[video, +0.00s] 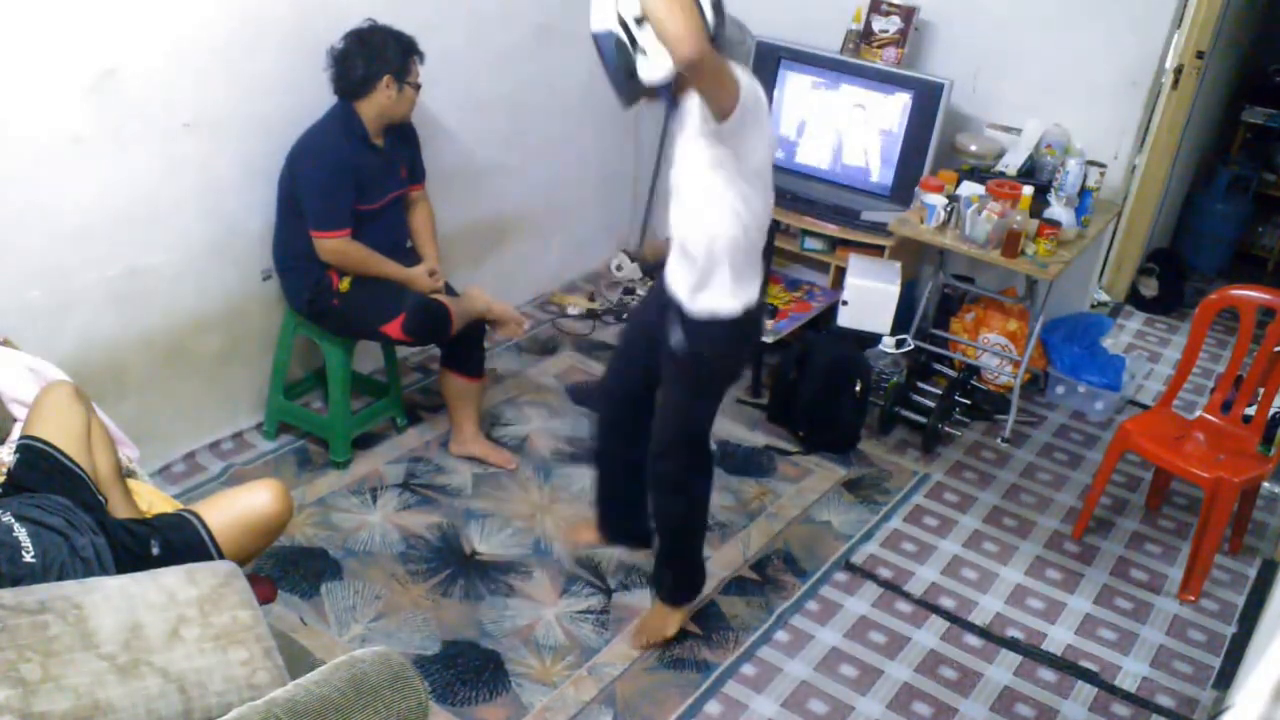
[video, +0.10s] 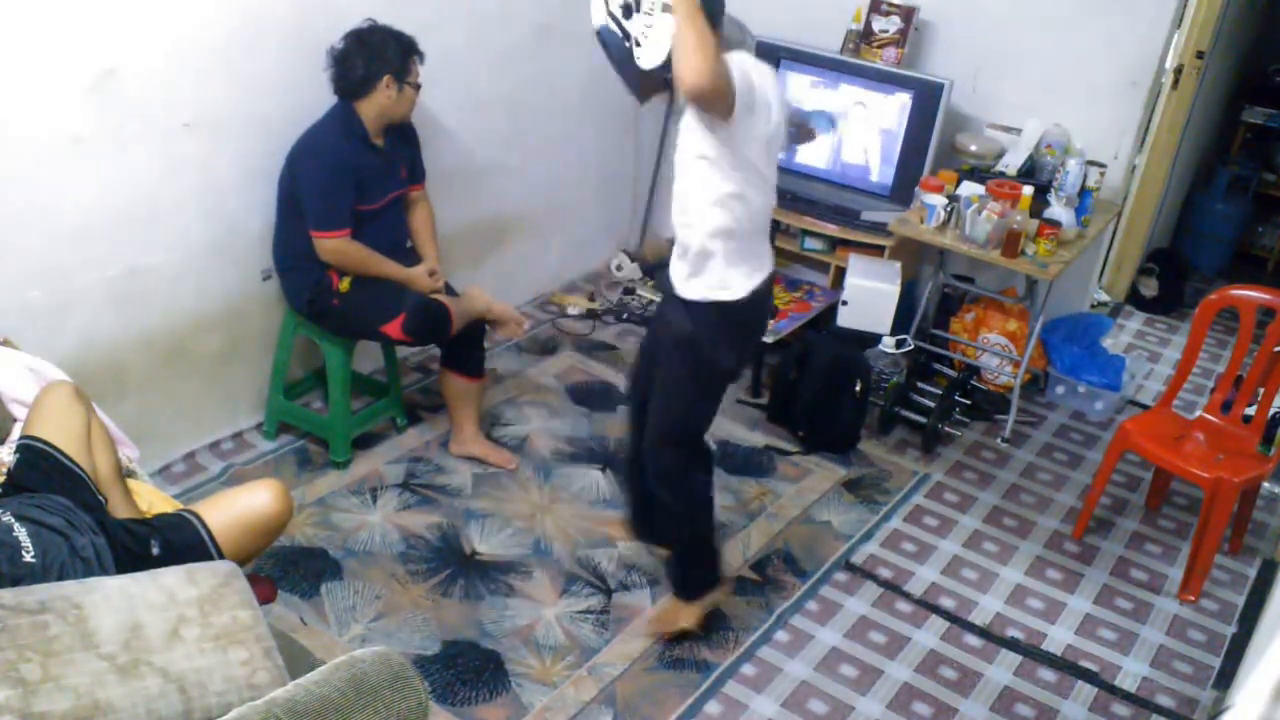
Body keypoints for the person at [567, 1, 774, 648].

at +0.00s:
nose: (664, 67)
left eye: (674, 53)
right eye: (658, 58)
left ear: (704, 53)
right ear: (669, 63)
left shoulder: (741, 107)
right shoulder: (693, 107)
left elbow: (693, 52)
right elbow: (704, 209)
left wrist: (652, 5)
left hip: (718, 318)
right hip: (671, 294)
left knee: (678, 447)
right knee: (620, 401)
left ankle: (679, 592)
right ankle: (623, 526)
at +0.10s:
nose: (665, 45)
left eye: (672, 32)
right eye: (665, 34)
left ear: (701, 24)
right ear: (713, 25)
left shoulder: (749, 76)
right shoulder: (722, 74)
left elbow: (698, 83)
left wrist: (684, 6)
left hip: (724, 300)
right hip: (691, 285)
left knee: (670, 438)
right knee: (644, 401)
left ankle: (698, 588)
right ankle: (650, 522)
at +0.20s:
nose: (657, 67)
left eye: (661, 53)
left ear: (690, 56)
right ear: (740, 51)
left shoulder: (709, 115)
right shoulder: (789, 103)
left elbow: (667, 95)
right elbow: (875, 111)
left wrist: (683, 12)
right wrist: (910, 61)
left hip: (700, 332)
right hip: (747, 324)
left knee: (675, 488)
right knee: (688, 454)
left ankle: (735, 623)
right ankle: (702, 552)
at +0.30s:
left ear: (699, 90)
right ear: (759, 85)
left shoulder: (707, 150)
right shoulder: (792, 153)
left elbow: (656, 57)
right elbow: (902, 128)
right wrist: (941, 35)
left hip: (698, 364)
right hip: (745, 355)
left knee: (699, 507)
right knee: (707, 479)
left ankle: (738, 630)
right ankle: (724, 587)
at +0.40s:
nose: (696, 41)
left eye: (706, 27)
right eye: (706, 26)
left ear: (727, 44)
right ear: (779, 47)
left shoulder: (712, 100)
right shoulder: (811, 121)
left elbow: (654, 10)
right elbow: (934, 136)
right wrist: (951, 23)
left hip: (721, 325)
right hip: (750, 310)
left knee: (727, 473)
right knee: (669, 411)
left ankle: (742, 623)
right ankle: (690, 524)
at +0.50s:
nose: (707, 39)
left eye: (713, 31)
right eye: (715, 32)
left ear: (729, 38)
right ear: (786, 41)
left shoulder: (720, 84)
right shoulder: (826, 111)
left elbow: (627, 15)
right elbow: (952, 131)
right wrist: (945, 16)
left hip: (739, 323)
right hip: (704, 306)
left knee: (737, 492)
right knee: (651, 396)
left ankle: (759, 643)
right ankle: (666, 514)